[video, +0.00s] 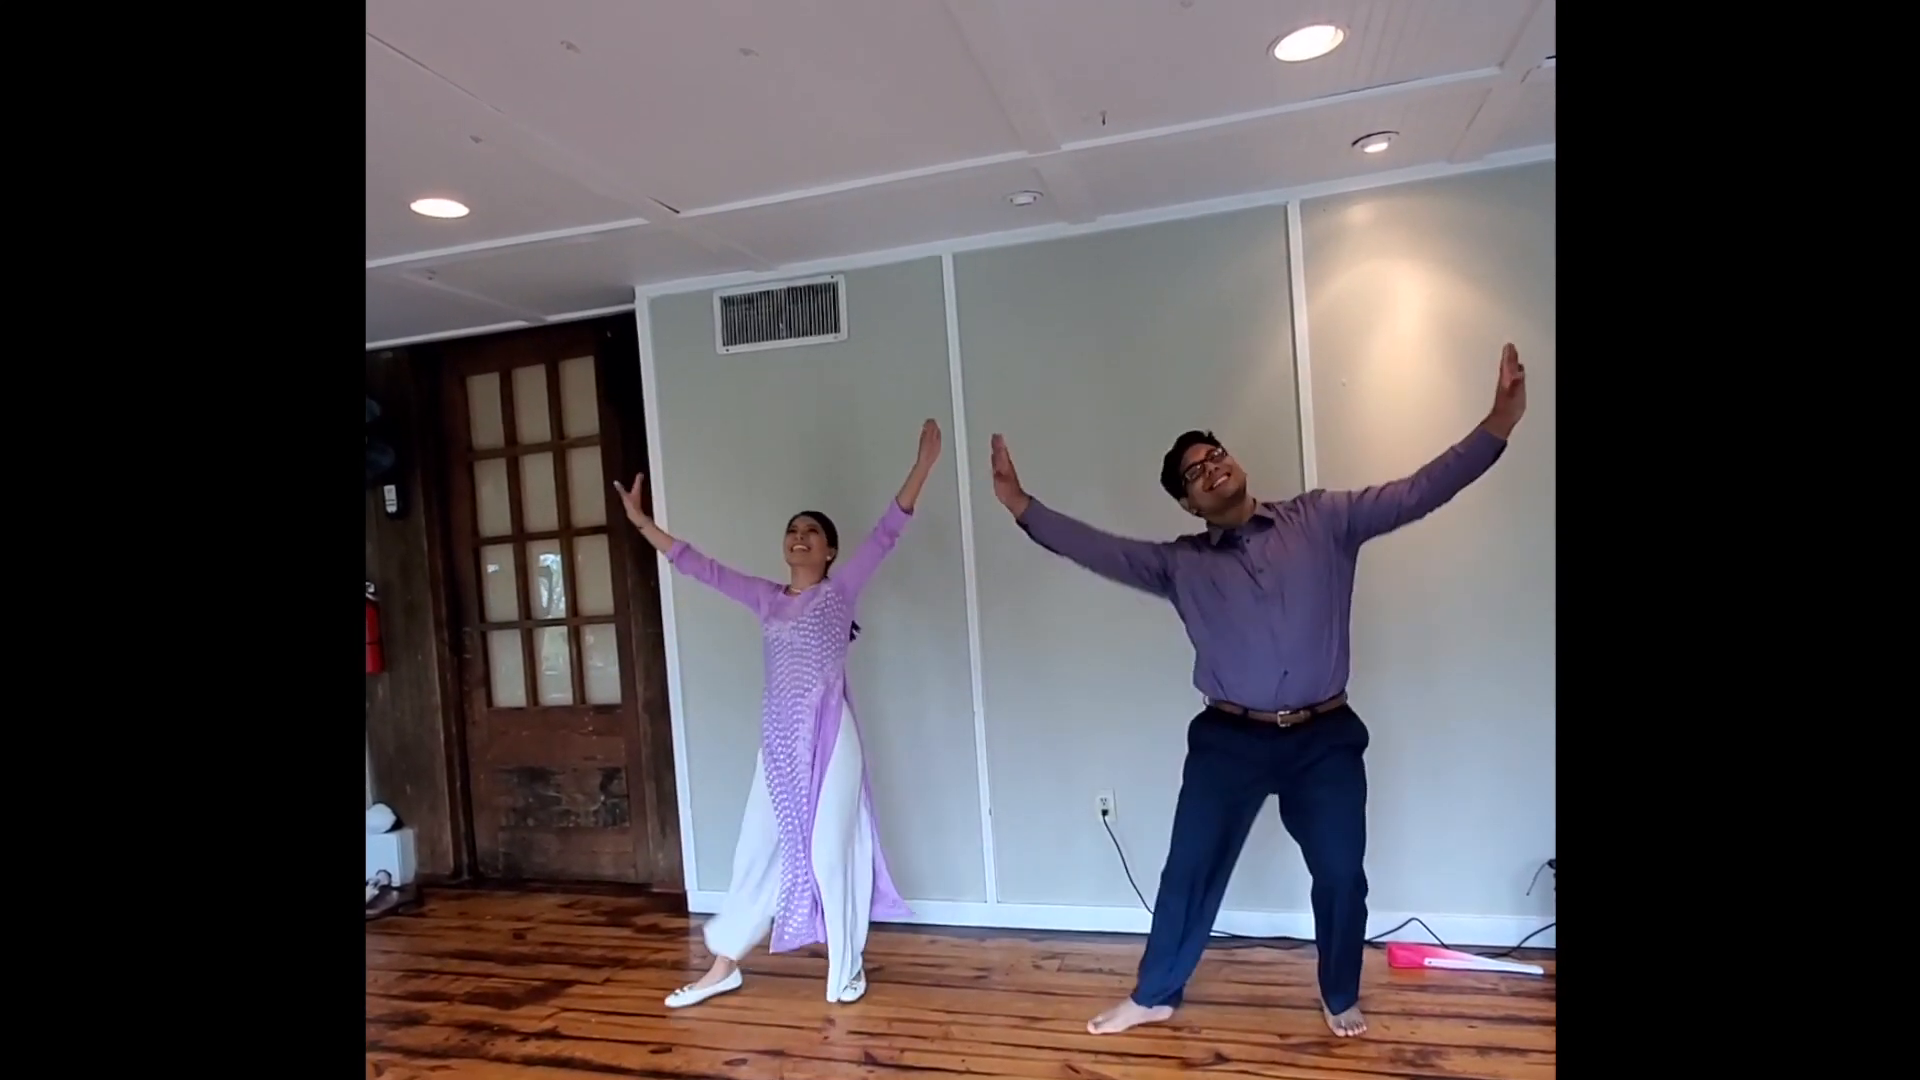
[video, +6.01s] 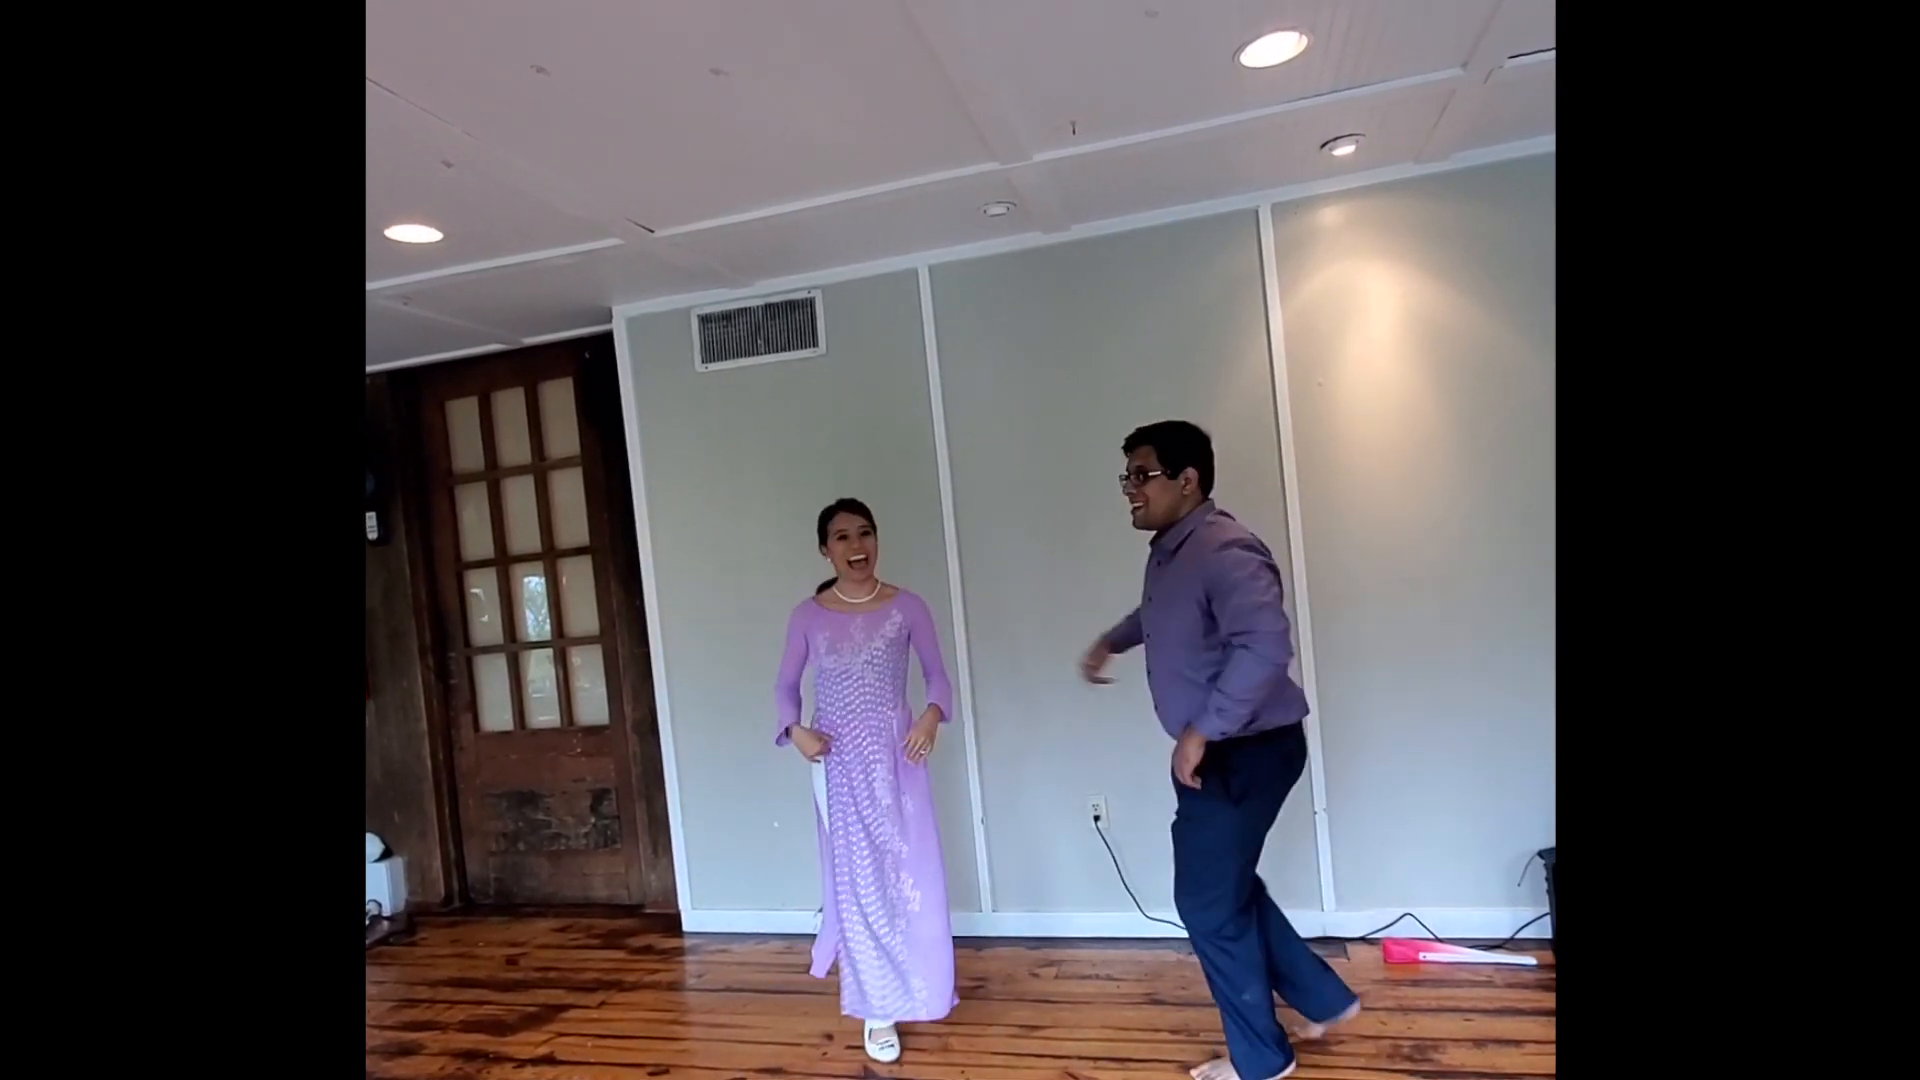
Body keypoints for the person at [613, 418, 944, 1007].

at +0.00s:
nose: (799, 540)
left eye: (810, 534)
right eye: (792, 534)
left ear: (830, 550)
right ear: (783, 549)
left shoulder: (838, 590)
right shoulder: (769, 598)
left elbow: (887, 532)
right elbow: (702, 566)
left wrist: (921, 468)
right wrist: (642, 521)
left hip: (831, 735)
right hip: (779, 738)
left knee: (832, 849)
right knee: (756, 849)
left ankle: (846, 963)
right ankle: (724, 966)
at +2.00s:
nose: (828, 532)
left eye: (825, 525)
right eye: (817, 527)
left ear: (815, 541)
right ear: (789, 544)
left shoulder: (838, 578)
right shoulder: (787, 594)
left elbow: (892, 536)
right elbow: (765, 665)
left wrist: (942, 485)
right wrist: (810, 707)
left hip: (865, 733)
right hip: (827, 740)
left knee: (867, 851)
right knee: (840, 861)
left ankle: (864, 962)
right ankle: (845, 1002)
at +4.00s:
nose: (985, 536)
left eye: (981, 528)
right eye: (975, 530)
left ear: (954, 544)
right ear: (946, 543)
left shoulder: (987, 602)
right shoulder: (914, 604)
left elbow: (1017, 663)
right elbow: (867, 673)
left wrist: (1086, 665)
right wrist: (906, 722)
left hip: (986, 733)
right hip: (935, 738)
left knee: (1001, 831)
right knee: (945, 833)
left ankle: (1004, 938)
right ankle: (947, 915)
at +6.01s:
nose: (856, 545)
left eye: (864, 534)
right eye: (843, 537)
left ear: (878, 541)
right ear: (826, 549)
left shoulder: (907, 606)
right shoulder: (809, 615)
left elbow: (939, 679)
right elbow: (786, 686)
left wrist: (932, 714)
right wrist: (795, 729)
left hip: (897, 760)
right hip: (841, 765)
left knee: (901, 877)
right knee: (860, 882)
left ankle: (894, 994)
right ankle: (876, 1009)